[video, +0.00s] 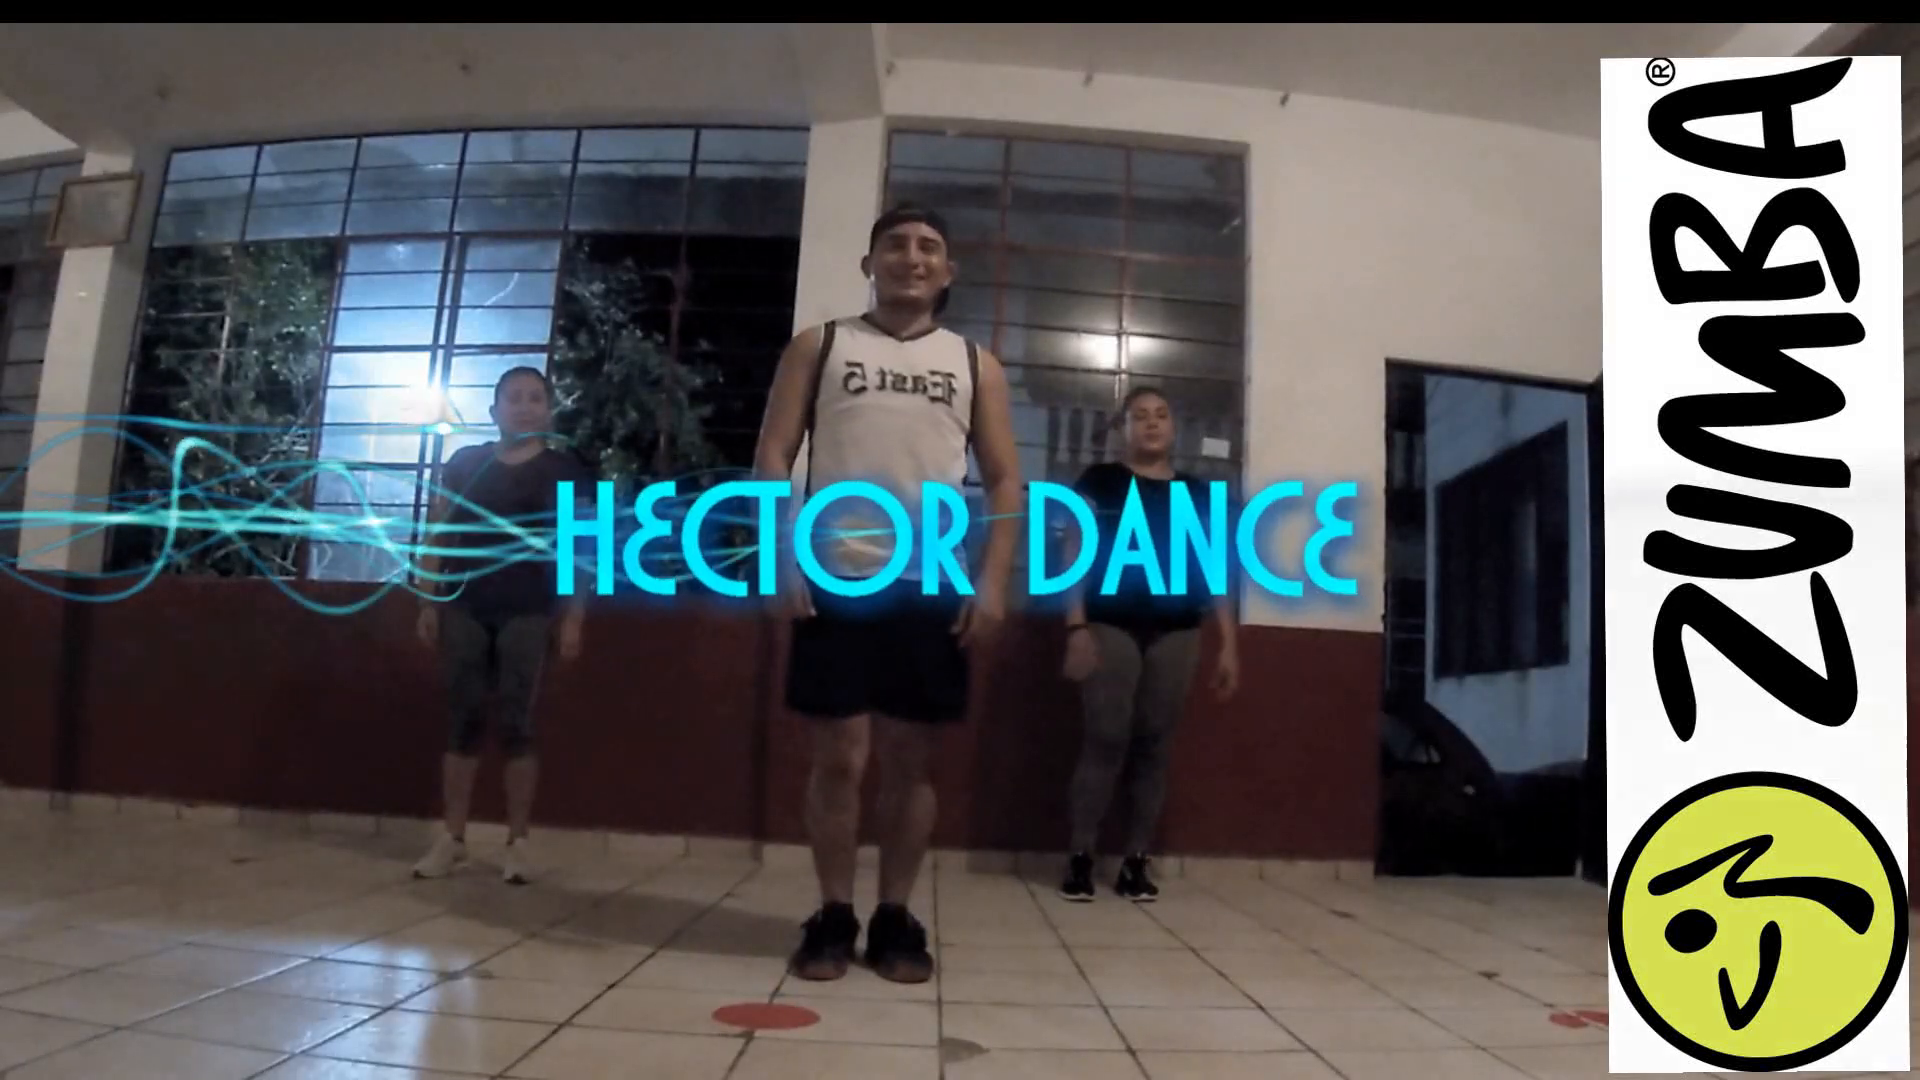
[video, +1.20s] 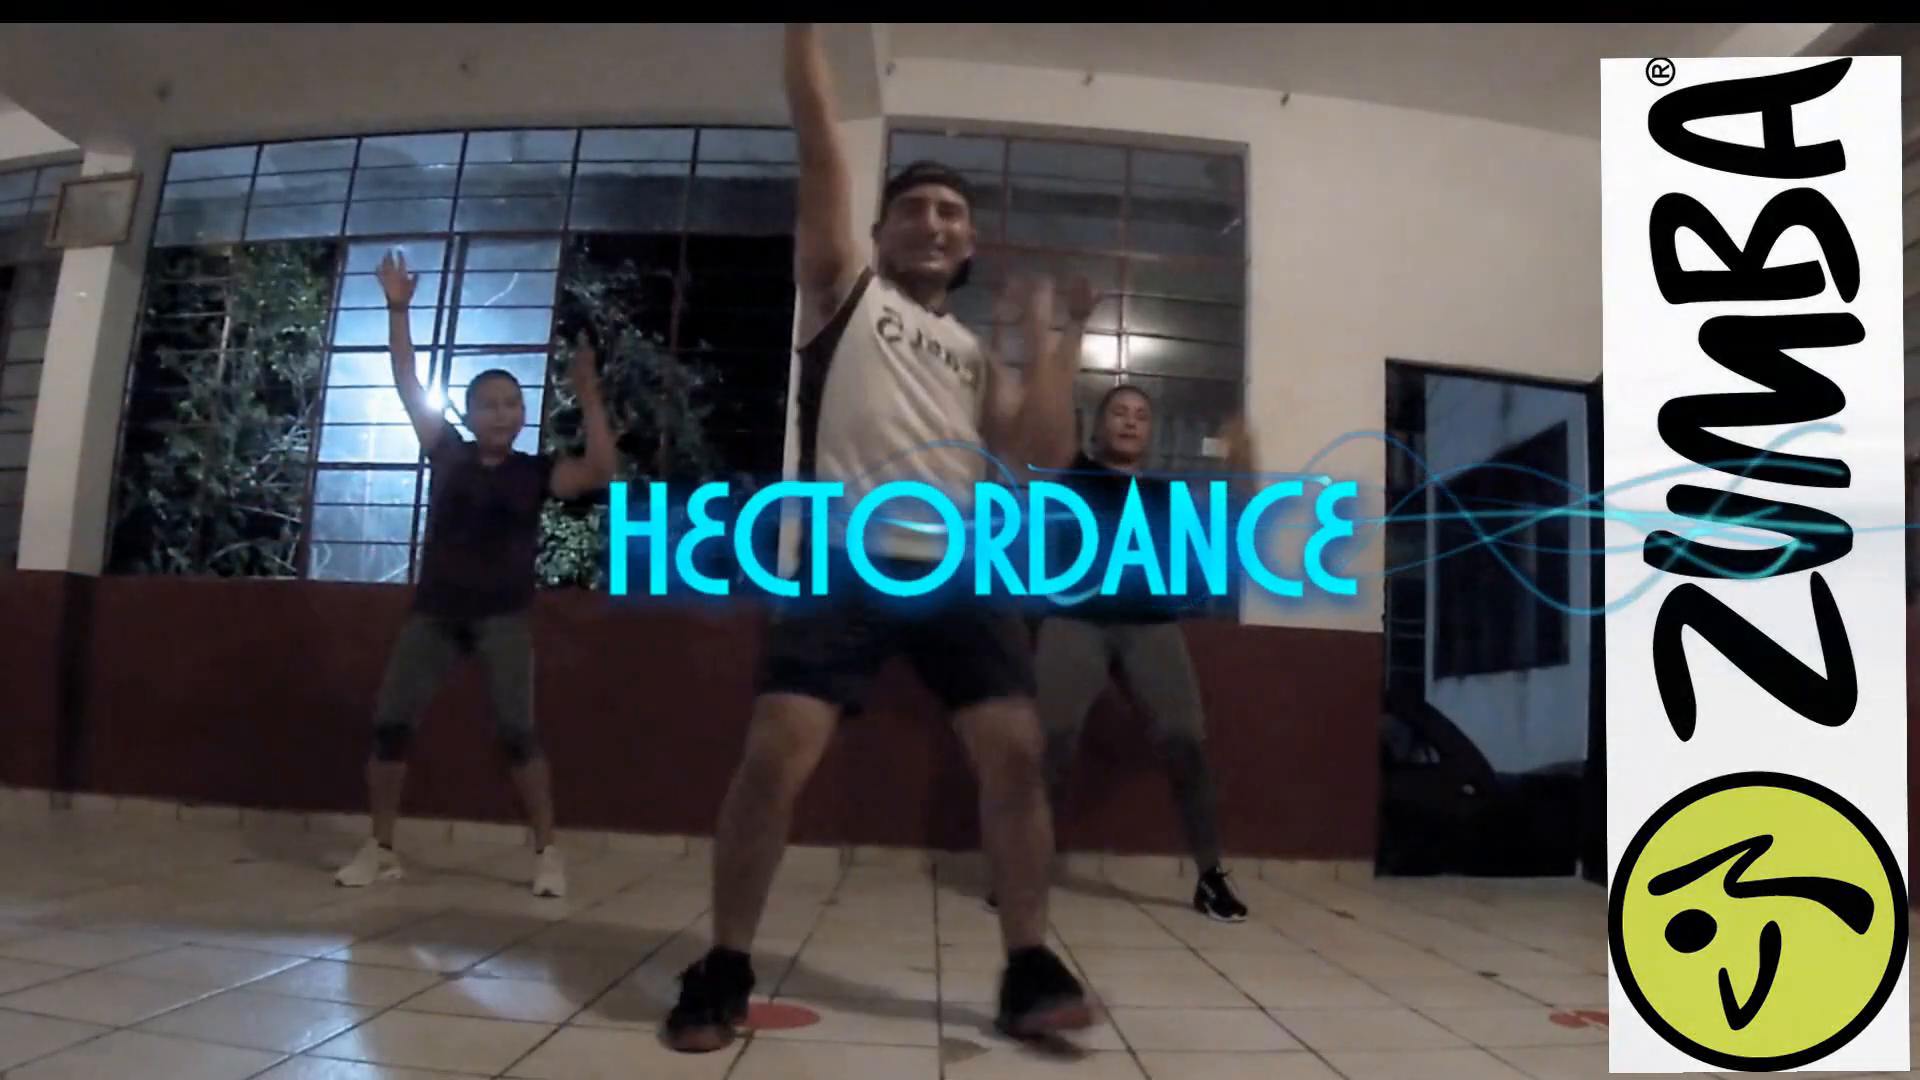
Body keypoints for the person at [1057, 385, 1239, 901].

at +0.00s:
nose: (1151, 425)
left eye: (1159, 417)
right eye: (1141, 418)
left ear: (1174, 429)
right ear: (1124, 429)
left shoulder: (1193, 491)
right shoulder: (1099, 482)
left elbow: (1216, 575)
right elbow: (1074, 556)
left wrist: (1228, 645)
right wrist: (1077, 627)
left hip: (1175, 634)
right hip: (1110, 632)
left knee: (1155, 749)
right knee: (1104, 743)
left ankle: (1137, 860)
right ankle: (1081, 856)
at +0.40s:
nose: (1147, 419)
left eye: (1156, 412)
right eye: (1137, 412)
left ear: (1168, 424)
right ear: (1120, 422)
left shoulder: (1188, 485)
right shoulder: (1094, 483)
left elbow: (1210, 555)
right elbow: (1065, 553)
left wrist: (1197, 602)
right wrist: (1095, 596)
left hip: (1172, 625)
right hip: (1107, 624)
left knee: (1157, 739)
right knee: (1106, 735)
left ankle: (1138, 857)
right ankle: (1091, 857)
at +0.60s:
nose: (1147, 417)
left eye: (1156, 409)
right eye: (1137, 409)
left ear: (1170, 420)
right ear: (1119, 421)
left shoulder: (1191, 473)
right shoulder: (1093, 477)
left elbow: (1261, 460)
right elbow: (1061, 548)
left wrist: (1239, 399)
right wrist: (1069, 611)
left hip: (1176, 623)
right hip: (1108, 623)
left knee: (1190, 734)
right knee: (1100, 739)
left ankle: (1188, 865)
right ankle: (1092, 857)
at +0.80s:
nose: (1158, 422)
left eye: (1166, 414)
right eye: (1146, 415)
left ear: (1181, 426)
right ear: (1127, 430)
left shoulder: (1207, 475)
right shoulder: (1107, 484)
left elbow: (1255, 409)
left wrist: (1292, 338)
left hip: (1195, 627)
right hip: (1119, 626)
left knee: (1209, 741)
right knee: (1088, 735)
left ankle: (1215, 875)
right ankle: (1084, 858)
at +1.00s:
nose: (1150, 417)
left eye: (1160, 410)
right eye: (1139, 409)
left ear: (1175, 424)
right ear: (1120, 424)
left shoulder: (1200, 470)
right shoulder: (1097, 473)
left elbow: (1253, 404)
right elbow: (1048, 431)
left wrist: (1297, 332)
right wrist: (1080, 382)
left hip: (1192, 617)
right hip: (1113, 614)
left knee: (1202, 739)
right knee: (1063, 725)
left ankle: (1215, 874)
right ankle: (1022, 861)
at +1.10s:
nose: (1140, 422)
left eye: (1150, 415)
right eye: (1130, 414)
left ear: (1166, 428)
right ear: (1110, 425)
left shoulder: (1189, 478)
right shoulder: (1087, 476)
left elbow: (1249, 439)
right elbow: (1060, 413)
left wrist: (1280, 366)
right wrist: (1061, 352)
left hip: (1174, 621)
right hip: (1097, 618)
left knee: (1194, 737)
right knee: (1059, 730)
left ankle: (1212, 874)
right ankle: (1018, 864)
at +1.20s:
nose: (1129, 424)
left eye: (1140, 417)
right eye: (1120, 414)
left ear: (1151, 431)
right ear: (1099, 424)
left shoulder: (1164, 489)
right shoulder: (1071, 477)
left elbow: (1226, 527)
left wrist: (1239, 470)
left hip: (1150, 623)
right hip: (1074, 621)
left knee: (1184, 741)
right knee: (1051, 744)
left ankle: (1211, 874)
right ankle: (1016, 876)